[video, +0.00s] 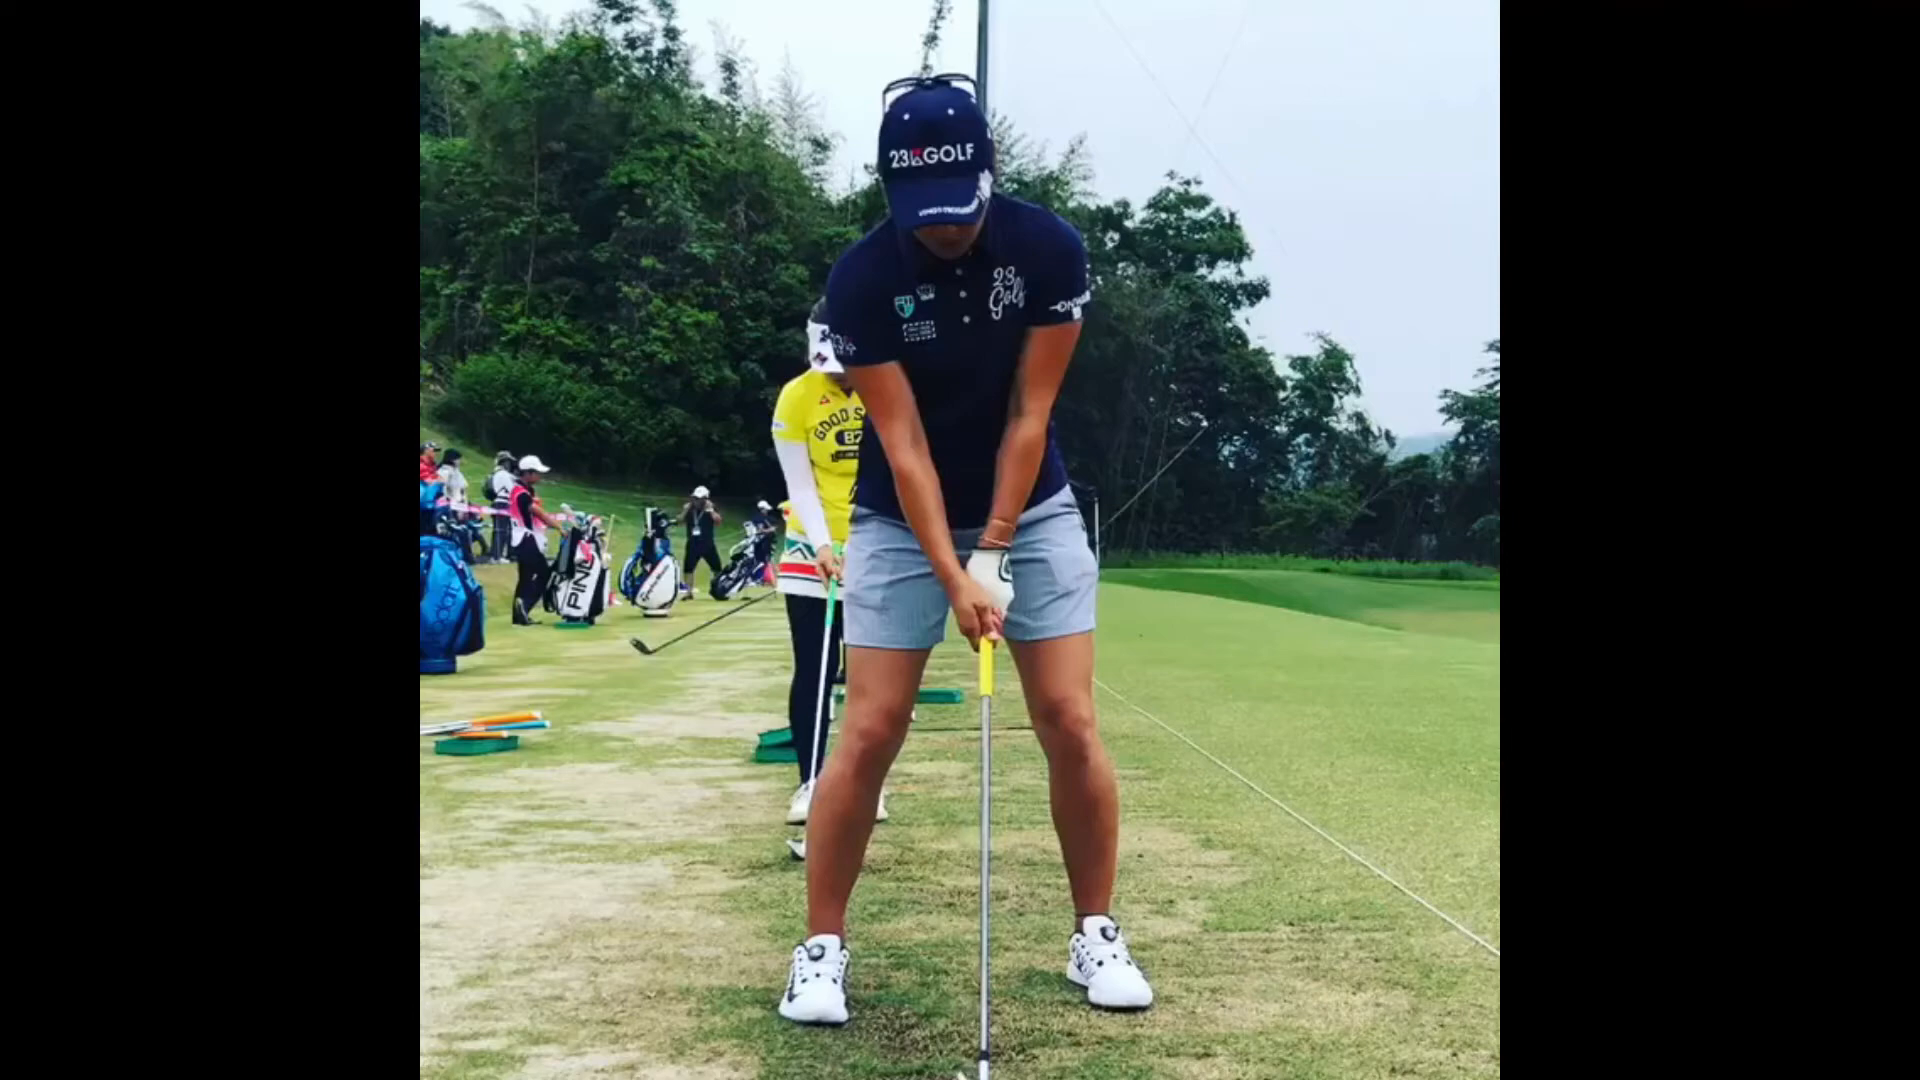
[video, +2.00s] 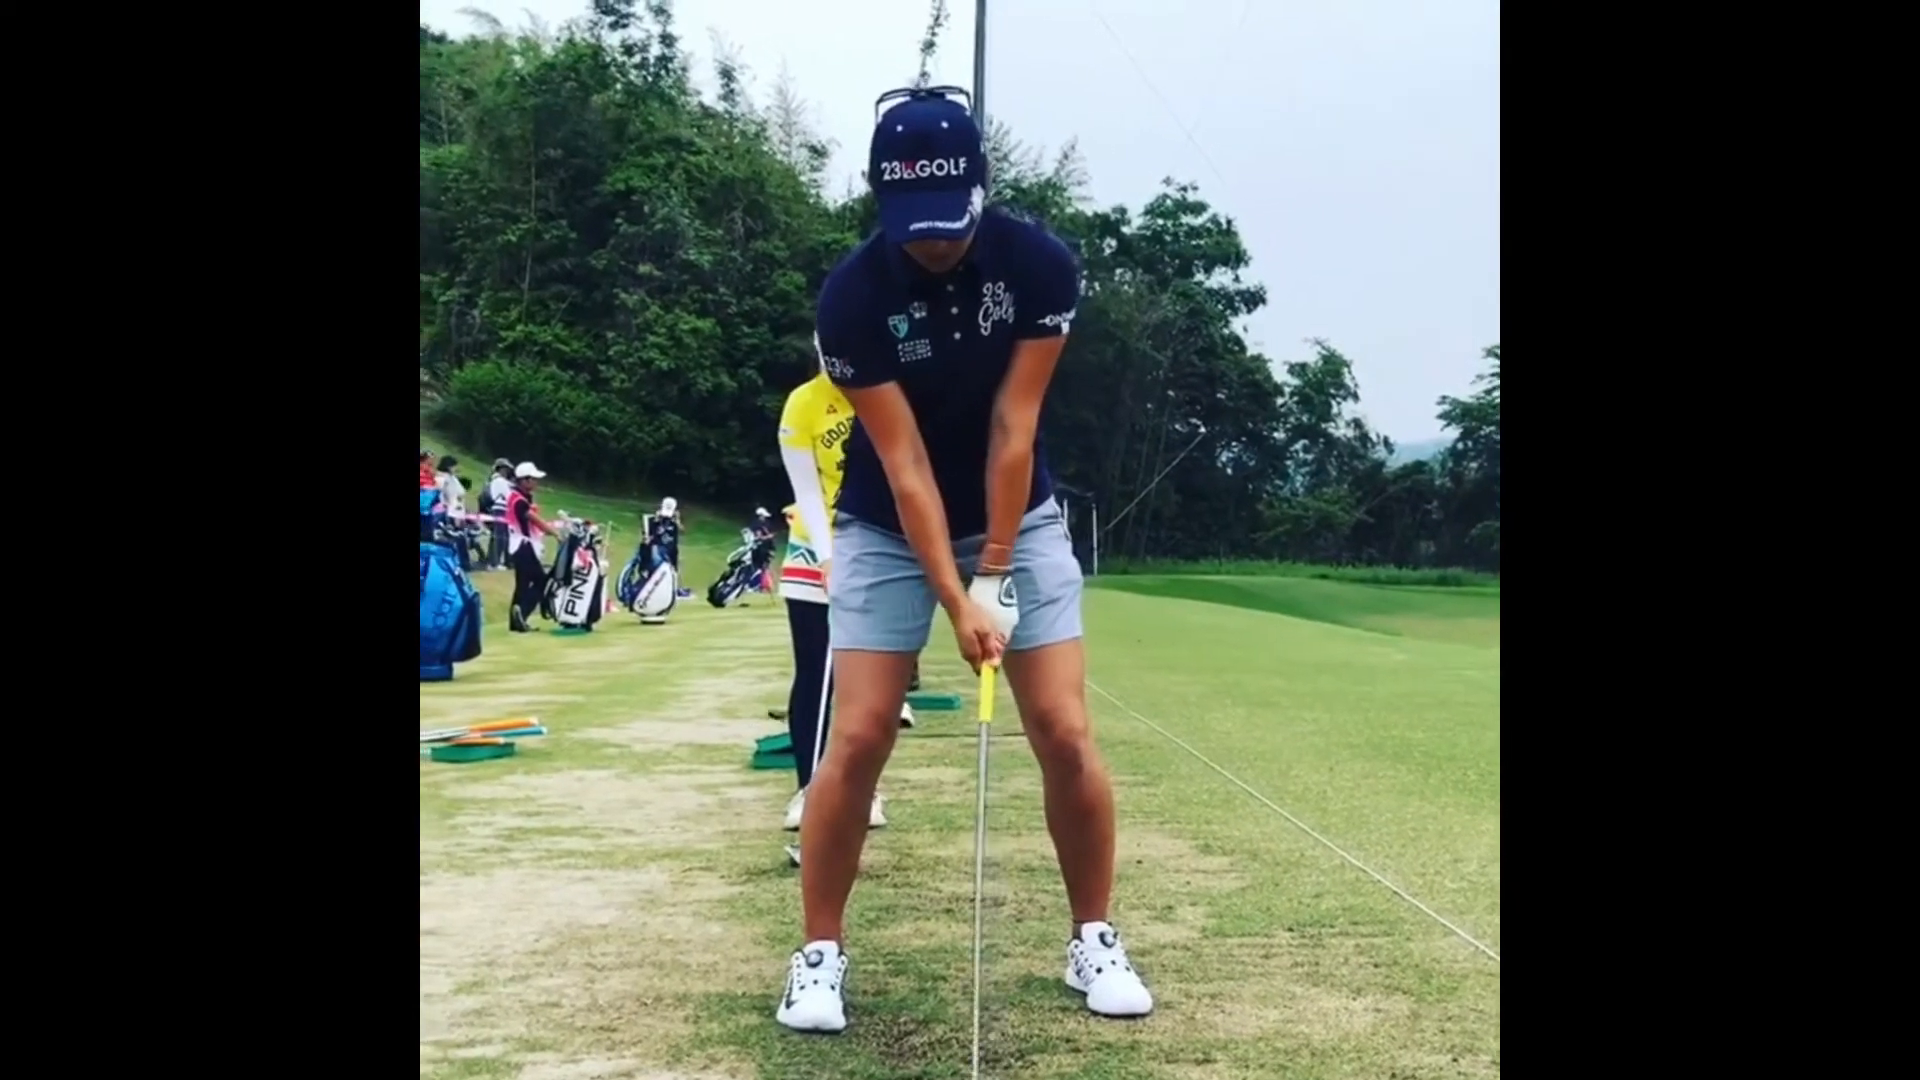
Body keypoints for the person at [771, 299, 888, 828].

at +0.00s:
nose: (837, 361)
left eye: (846, 348)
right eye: (828, 349)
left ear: (867, 344)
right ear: (815, 346)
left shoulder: (886, 390)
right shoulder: (797, 396)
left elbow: (898, 471)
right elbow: (800, 482)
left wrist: (893, 539)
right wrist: (821, 542)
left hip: (873, 552)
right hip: (811, 553)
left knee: (877, 679)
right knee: (816, 671)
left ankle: (871, 780)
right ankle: (811, 780)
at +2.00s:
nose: (848, 354)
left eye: (856, 344)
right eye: (839, 343)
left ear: (878, 344)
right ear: (829, 346)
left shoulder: (891, 399)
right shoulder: (805, 402)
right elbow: (806, 490)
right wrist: (827, 554)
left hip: (870, 568)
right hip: (811, 570)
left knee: (874, 692)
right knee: (815, 682)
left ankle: (864, 786)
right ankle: (810, 790)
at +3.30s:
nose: (807, 409)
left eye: (818, 399)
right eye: (798, 398)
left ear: (837, 383)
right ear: (782, 382)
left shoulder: (868, 420)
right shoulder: (759, 433)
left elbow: (859, 505)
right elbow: (770, 518)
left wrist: (821, 575)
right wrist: (780, 584)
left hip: (846, 574)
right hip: (773, 573)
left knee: (850, 694)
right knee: (759, 692)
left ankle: (867, 808)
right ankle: (732, 811)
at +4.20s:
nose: (796, 428)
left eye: (806, 418)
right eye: (786, 417)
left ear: (826, 400)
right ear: (771, 401)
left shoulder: (857, 438)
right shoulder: (748, 447)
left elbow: (840, 520)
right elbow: (762, 532)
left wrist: (804, 590)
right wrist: (778, 600)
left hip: (830, 587)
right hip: (757, 587)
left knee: (834, 702)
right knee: (742, 702)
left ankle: (850, 819)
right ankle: (710, 821)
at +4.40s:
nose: (850, 357)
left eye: (861, 348)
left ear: (884, 347)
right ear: (832, 346)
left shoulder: (898, 400)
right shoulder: (809, 402)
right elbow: (809, 494)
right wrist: (829, 558)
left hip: (876, 566)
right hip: (813, 565)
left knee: (876, 692)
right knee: (815, 681)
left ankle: (869, 786)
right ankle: (810, 787)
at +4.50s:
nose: (841, 360)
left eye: (852, 353)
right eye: (834, 351)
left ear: (878, 350)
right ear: (826, 351)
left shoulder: (892, 400)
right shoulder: (809, 405)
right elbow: (811, 496)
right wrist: (828, 564)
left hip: (874, 553)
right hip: (815, 551)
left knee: (869, 675)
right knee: (811, 668)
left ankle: (871, 783)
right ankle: (806, 777)